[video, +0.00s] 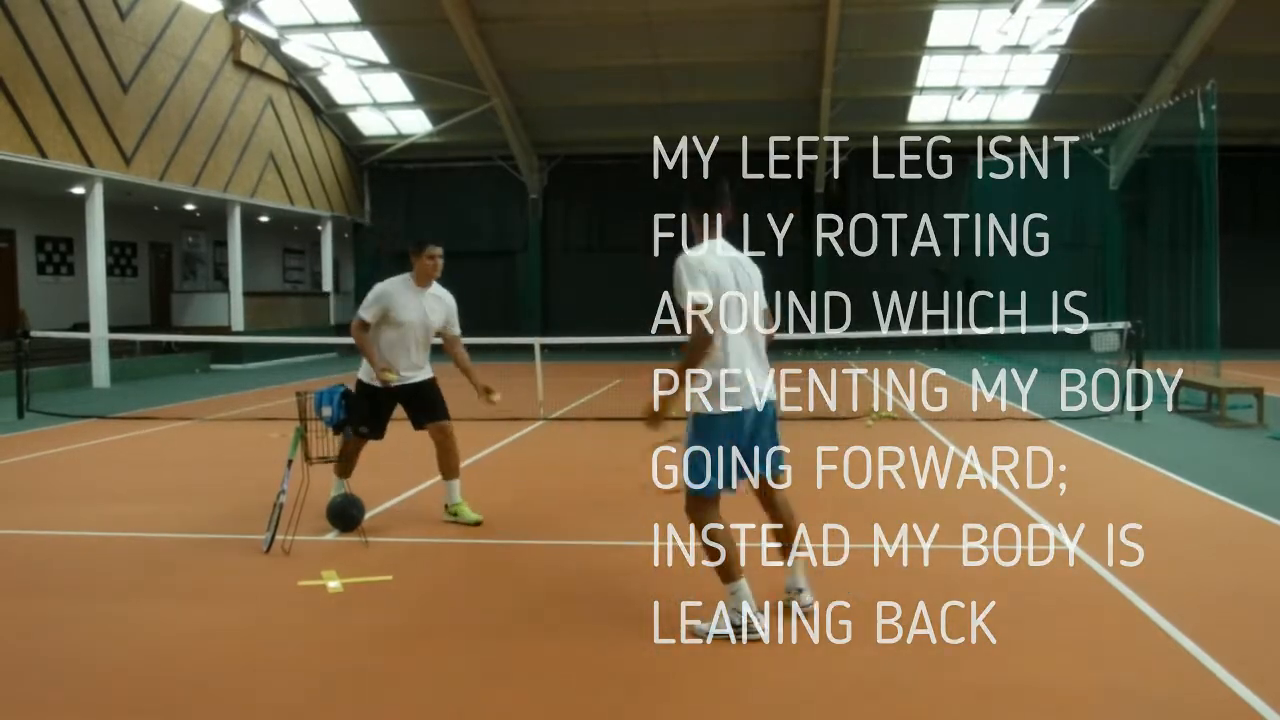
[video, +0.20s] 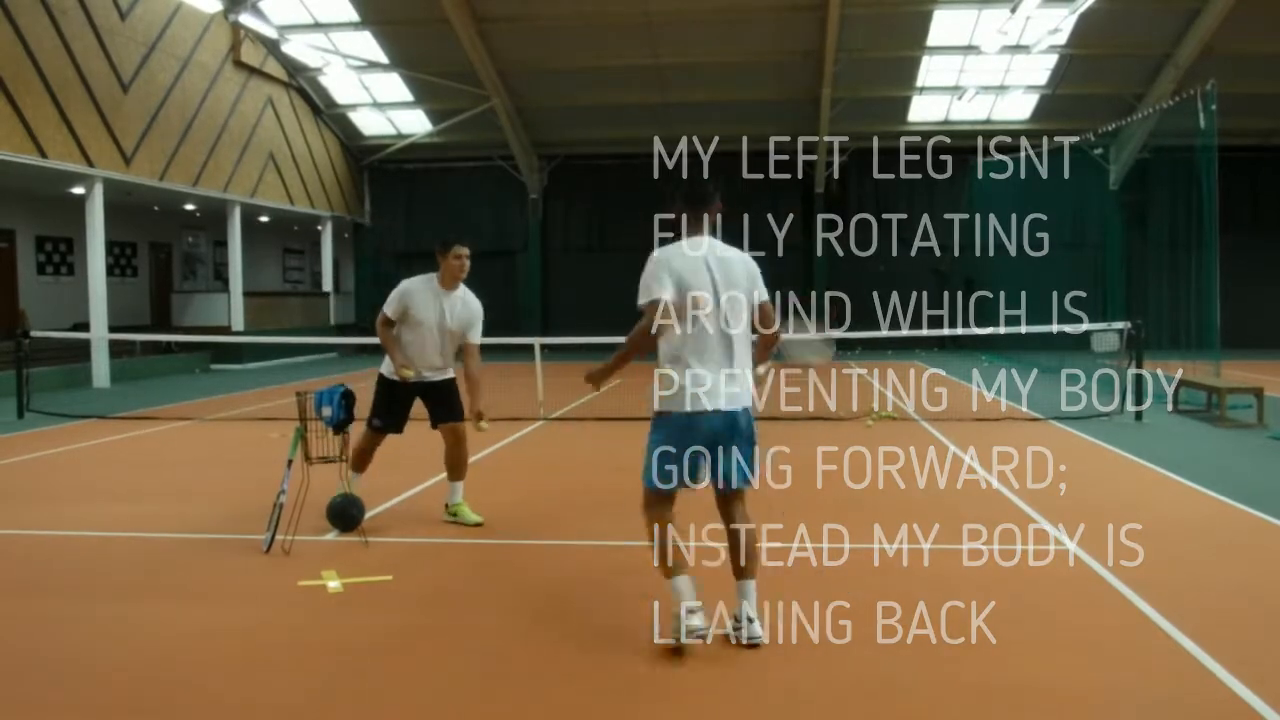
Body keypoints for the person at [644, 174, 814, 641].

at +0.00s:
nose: (689, 224)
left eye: (690, 217)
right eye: (696, 218)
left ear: (694, 218)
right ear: (727, 218)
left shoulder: (691, 262)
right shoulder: (747, 264)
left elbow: (703, 335)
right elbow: (766, 329)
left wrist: (668, 392)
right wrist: (730, 364)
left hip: (717, 409)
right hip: (760, 404)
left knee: (700, 505)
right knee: (771, 489)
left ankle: (741, 607)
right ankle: (800, 585)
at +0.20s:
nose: (703, 219)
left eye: (693, 211)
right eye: (713, 210)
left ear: (679, 215)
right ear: (718, 213)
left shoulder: (664, 260)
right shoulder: (744, 262)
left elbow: (654, 324)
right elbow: (769, 331)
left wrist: (608, 369)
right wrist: (741, 369)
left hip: (682, 411)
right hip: (736, 409)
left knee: (657, 509)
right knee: (735, 503)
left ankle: (689, 610)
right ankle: (748, 616)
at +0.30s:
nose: (700, 227)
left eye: (689, 220)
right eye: (705, 221)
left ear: (669, 221)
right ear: (707, 221)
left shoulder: (644, 264)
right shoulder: (733, 267)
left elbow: (630, 335)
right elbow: (761, 335)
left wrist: (597, 381)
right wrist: (752, 371)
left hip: (659, 416)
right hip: (720, 415)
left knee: (632, 515)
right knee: (735, 510)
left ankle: (621, 624)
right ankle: (750, 619)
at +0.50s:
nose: (666, 233)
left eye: (653, 223)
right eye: (667, 225)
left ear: (626, 226)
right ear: (666, 228)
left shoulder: (597, 278)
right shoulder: (679, 280)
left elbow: (581, 355)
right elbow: (701, 354)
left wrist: (624, 373)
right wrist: (722, 379)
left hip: (605, 432)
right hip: (663, 432)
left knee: (592, 543)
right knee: (704, 532)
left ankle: (569, 659)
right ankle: (750, 618)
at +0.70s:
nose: (650, 198)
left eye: (635, 190)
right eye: (652, 191)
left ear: (607, 191)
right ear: (651, 192)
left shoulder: (584, 244)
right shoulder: (646, 247)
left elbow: (576, 317)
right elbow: (650, 330)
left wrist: (648, 332)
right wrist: (670, 369)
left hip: (573, 407)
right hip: (624, 411)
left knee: (586, 525)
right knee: (664, 526)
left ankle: (565, 650)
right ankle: (676, 654)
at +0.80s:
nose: (644, 204)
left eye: (637, 194)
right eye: (644, 196)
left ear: (599, 198)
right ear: (639, 199)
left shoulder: (575, 250)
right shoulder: (637, 251)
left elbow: (584, 329)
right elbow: (641, 338)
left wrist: (653, 331)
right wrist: (664, 376)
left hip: (564, 412)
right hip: (613, 417)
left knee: (582, 530)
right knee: (646, 538)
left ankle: (544, 652)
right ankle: (610, 668)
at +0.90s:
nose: (636, 217)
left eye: (629, 209)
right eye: (636, 210)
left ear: (591, 214)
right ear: (633, 214)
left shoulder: (571, 271)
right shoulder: (625, 277)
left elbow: (589, 353)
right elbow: (637, 363)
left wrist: (653, 350)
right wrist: (666, 398)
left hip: (560, 432)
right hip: (604, 440)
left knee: (587, 550)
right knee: (615, 564)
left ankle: (547, 656)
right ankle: (541, 682)